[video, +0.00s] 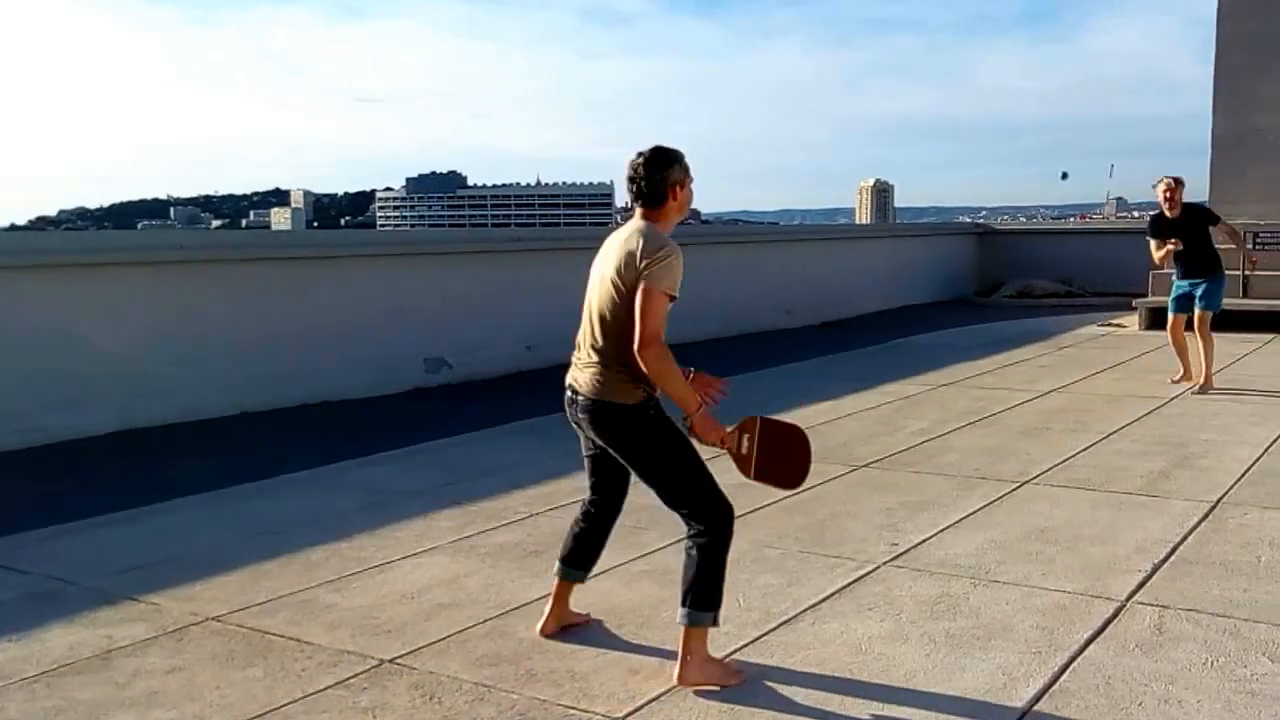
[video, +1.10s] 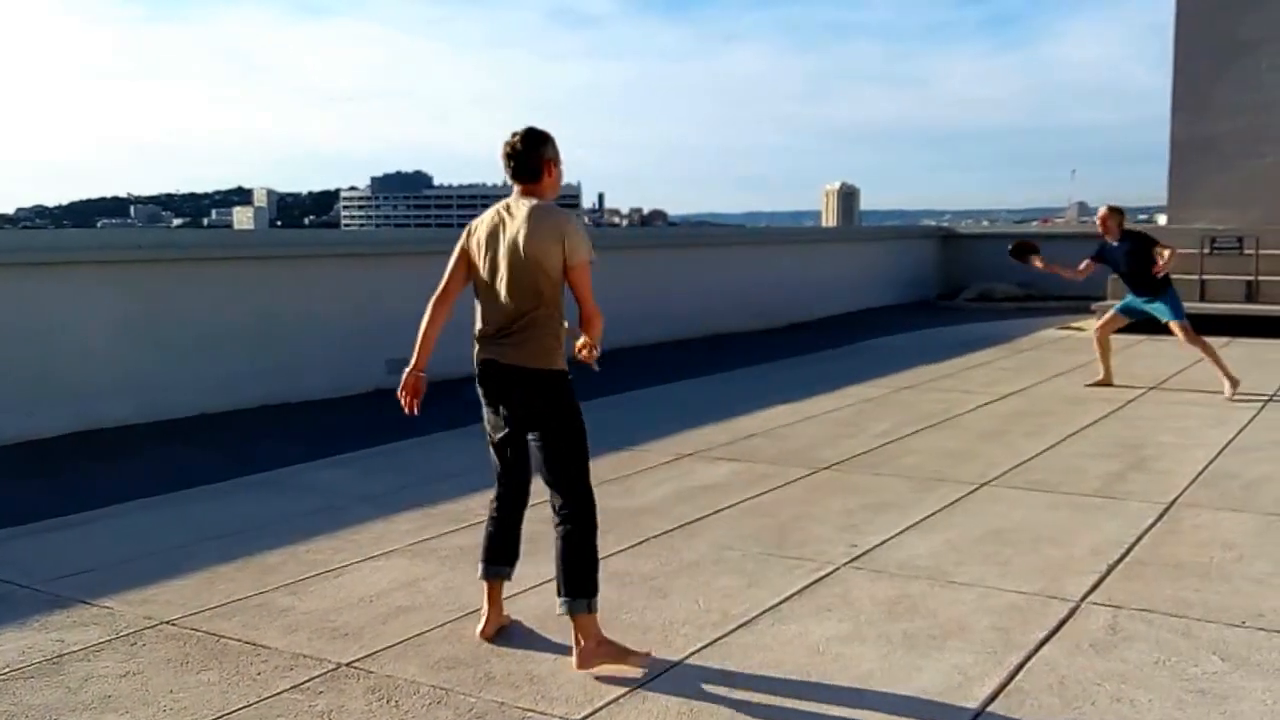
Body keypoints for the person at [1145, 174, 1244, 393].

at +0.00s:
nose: (1170, 197)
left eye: (1173, 192)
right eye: (1165, 193)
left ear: (1181, 194)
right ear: (1158, 197)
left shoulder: (1198, 212)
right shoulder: (1156, 222)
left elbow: (1229, 230)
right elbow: (1158, 260)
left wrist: (1246, 252)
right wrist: (1167, 249)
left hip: (1209, 276)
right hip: (1182, 278)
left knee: (1201, 326)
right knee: (1173, 327)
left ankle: (1206, 378)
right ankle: (1186, 371)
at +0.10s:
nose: (1168, 189)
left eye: (1172, 185)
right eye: (1164, 185)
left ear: (1179, 186)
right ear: (1157, 189)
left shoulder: (1197, 207)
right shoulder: (1153, 218)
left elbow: (1218, 232)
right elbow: (1150, 252)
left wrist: (1222, 261)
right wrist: (1161, 262)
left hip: (1204, 274)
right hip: (1175, 275)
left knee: (1203, 324)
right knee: (1162, 324)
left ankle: (1211, 376)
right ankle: (1155, 376)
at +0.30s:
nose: (1173, 194)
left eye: (1177, 191)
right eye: (1169, 190)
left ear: (1185, 195)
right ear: (1161, 194)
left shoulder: (1198, 219)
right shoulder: (1155, 223)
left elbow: (1210, 249)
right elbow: (1142, 256)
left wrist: (1208, 277)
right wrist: (1135, 284)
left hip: (1193, 288)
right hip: (1161, 288)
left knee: (1206, 335)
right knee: (1143, 331)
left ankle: (1223, 383)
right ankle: (1139, 378)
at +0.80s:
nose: (1162, 215)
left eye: (1167, 211)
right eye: (1159, 211)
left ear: (1178, 214)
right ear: (1157, 215)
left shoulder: (1187, 234)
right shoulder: (1163, 239)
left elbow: (1202, 251)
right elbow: (1150, 262)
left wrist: (1193, 268)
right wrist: (1120, 264)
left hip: (1203, 298)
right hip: (1177, 297)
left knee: (1213, 346)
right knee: (1135, 324)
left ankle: (1249, 387)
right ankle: (1136, 369)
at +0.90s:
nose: (1142, 221)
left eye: (1146, 217)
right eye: (1140, 217)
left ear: (1157, 219)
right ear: (1140, 221)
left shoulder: (1170, 237)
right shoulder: (1146, 245)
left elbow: (1190, 252)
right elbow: (1126, 267)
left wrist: (1176, 263)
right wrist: (1098, 262)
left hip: (1194, 300)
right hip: (1168, 301)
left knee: (1206, 346)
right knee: (1127, 328)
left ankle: (1247, 388)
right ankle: (1111, 371)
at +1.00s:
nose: (1120, 225)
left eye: (1125, 220)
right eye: (1118, 221)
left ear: (1138, 221)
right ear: (1118, 224)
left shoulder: (1152, 239)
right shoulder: (1124, 249)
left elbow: (1180, 250)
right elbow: (1101, 271)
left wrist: (1171, 261)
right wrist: (1072, 265)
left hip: (1177, 300)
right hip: (1151, 302)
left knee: (1198, 344)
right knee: (1115, 330)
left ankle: (1243, 385)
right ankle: (1109, 377)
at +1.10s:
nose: (1100, 226)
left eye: (1104, 222)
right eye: (1099, 222)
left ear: (1117, 222)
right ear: (1101, 225)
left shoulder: (1137, 239)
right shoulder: (1103, 250)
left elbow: (1169, 252)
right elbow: (1079, 275)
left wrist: (1164, 264)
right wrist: (1049, 267)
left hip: (1161, 296)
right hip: (1136, 298)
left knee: (1186, 336)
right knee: (1100, 330)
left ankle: (1228, 378)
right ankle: (1106, 377)